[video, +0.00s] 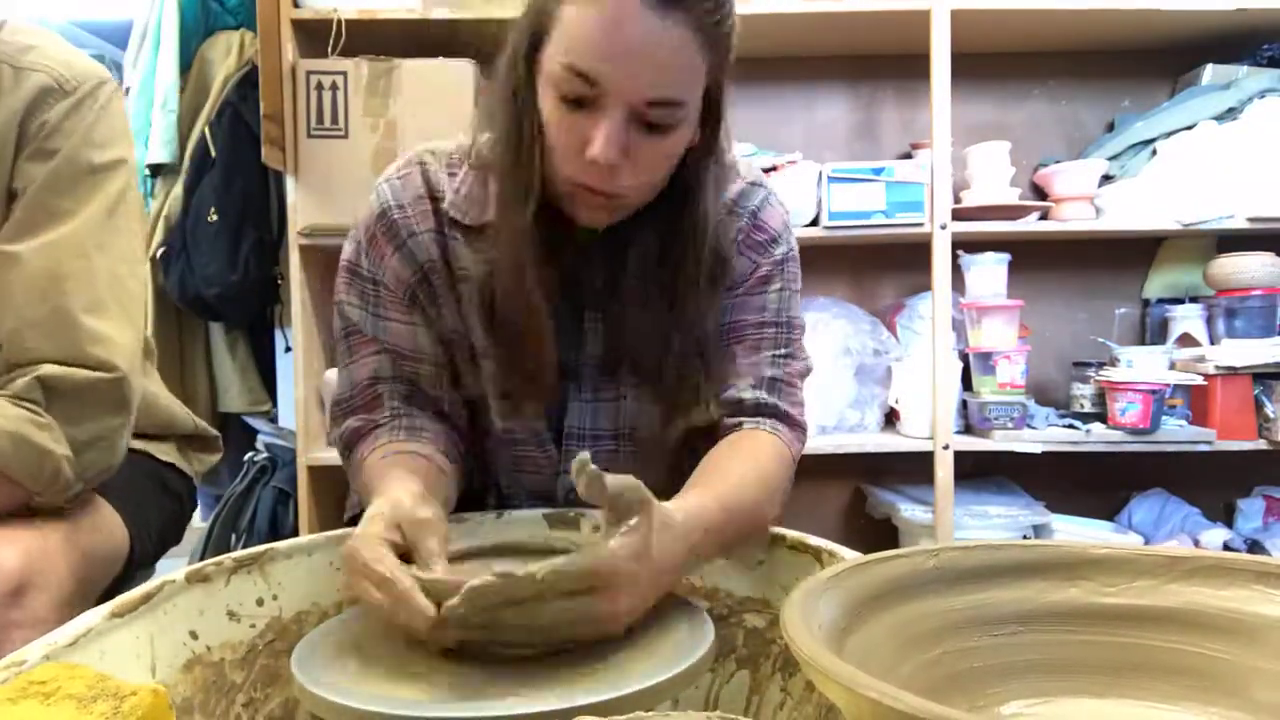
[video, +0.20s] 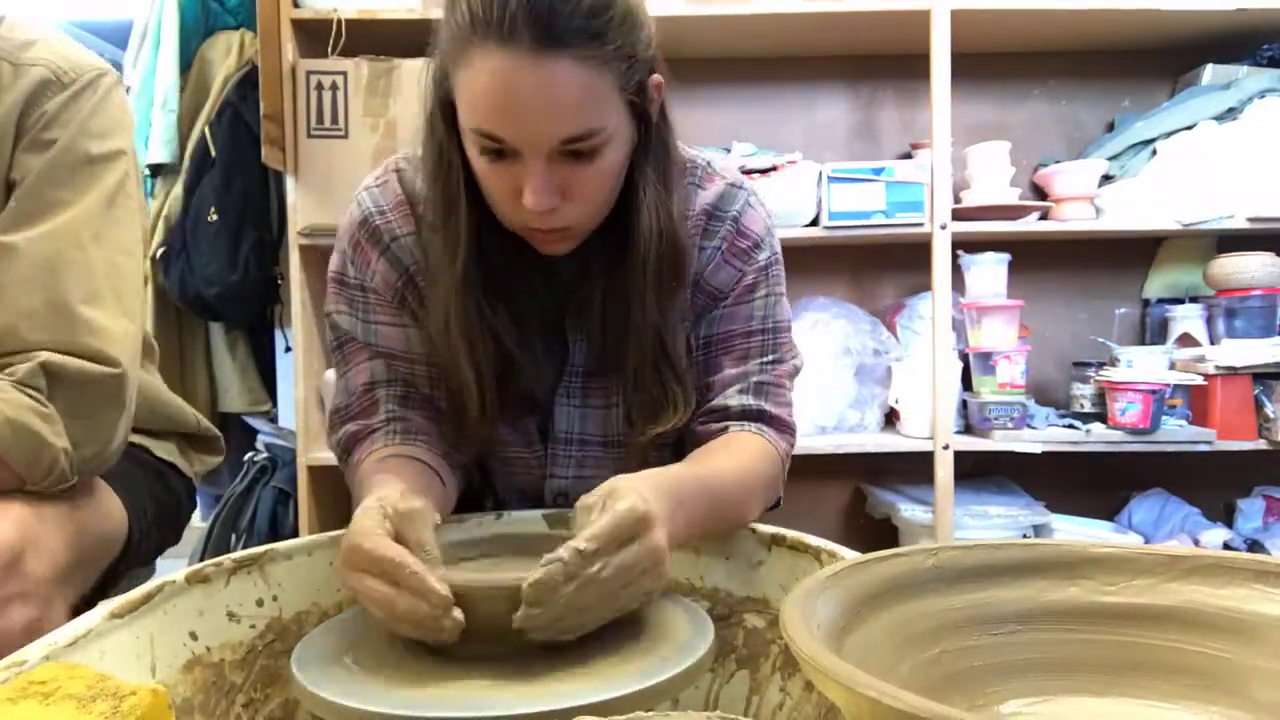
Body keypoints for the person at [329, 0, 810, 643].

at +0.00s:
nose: (604, 152)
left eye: (655, 122)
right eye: (577, 100)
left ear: (703, 121)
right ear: (528, 74)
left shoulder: (741, 224)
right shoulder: (416, 211)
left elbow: (765, 428)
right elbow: (398, 409)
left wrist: (675, 538)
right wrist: (403, 494)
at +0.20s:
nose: (537, 197)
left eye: (579, 153)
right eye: (495, 152)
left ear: (647, 107)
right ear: (454, 119)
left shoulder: (720, 222)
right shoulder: (391, 223)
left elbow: (756, 439)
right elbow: (396, 418)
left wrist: (668, 503)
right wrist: (395, 499)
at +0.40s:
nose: (531, 212)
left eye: (572, 166)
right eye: (487, 168)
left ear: (638, 117)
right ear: (445, 133)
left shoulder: (720, 222)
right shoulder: (386, 221)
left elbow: (760, 439)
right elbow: (385, 414)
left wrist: (674, 493)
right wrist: (390, 500)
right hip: (461, 580)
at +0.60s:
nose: (521, 177)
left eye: (560, 128)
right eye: (480, 134)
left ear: (631, 90)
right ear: (440, 114)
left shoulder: (721, 224)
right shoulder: (386, 226)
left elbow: (762, 443)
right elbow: (387, 420)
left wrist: (675, 493)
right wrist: (391, 502)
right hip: (464, 599)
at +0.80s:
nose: (534, 211)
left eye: (573, 162)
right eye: (489, 166)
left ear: (640, 114)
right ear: (446, 132)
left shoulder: (723, 230)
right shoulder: (384, 229)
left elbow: (758, 457)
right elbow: (384, 420)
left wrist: (656, 483)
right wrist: (390, 491)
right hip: (458, 600)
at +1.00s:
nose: (518, 182)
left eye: (556, 133)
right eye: (474, 139)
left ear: (630, 89)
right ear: (435, 119)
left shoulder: (718, 221)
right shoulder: (378, 223)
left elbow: (759, 436)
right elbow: (350, 420)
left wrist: (679, 496)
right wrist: (363, 506)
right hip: (448, 611)